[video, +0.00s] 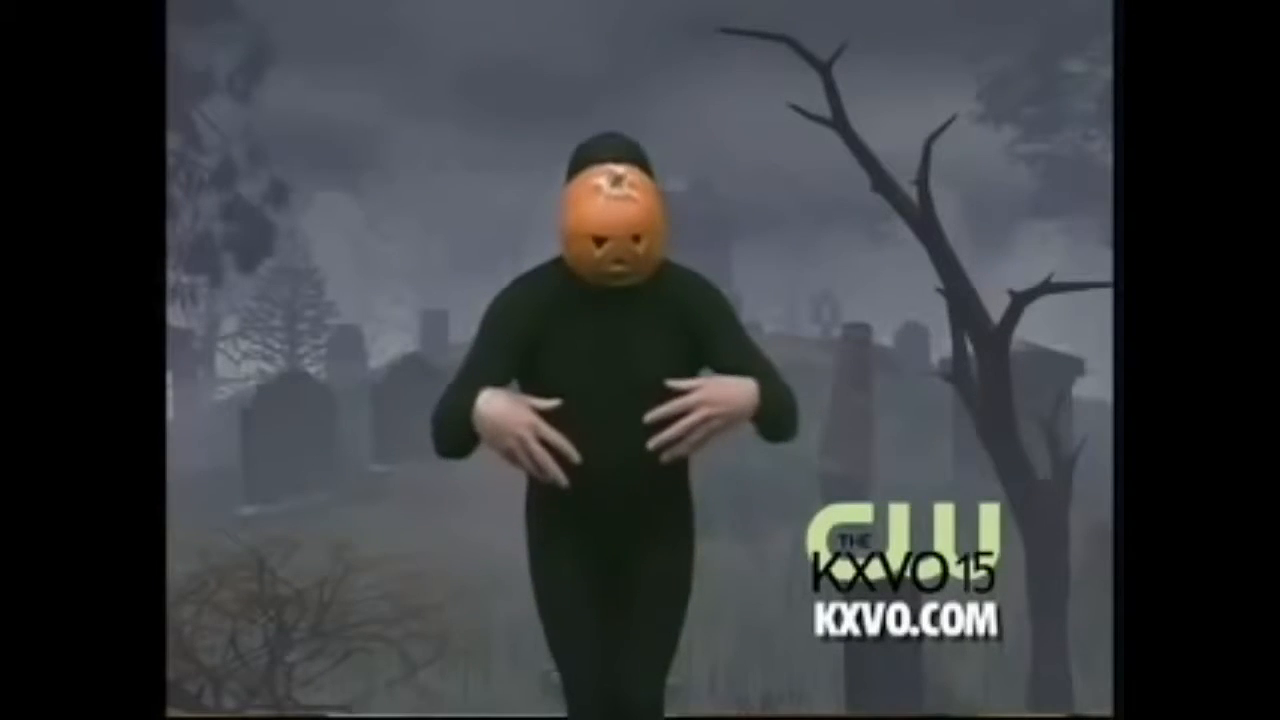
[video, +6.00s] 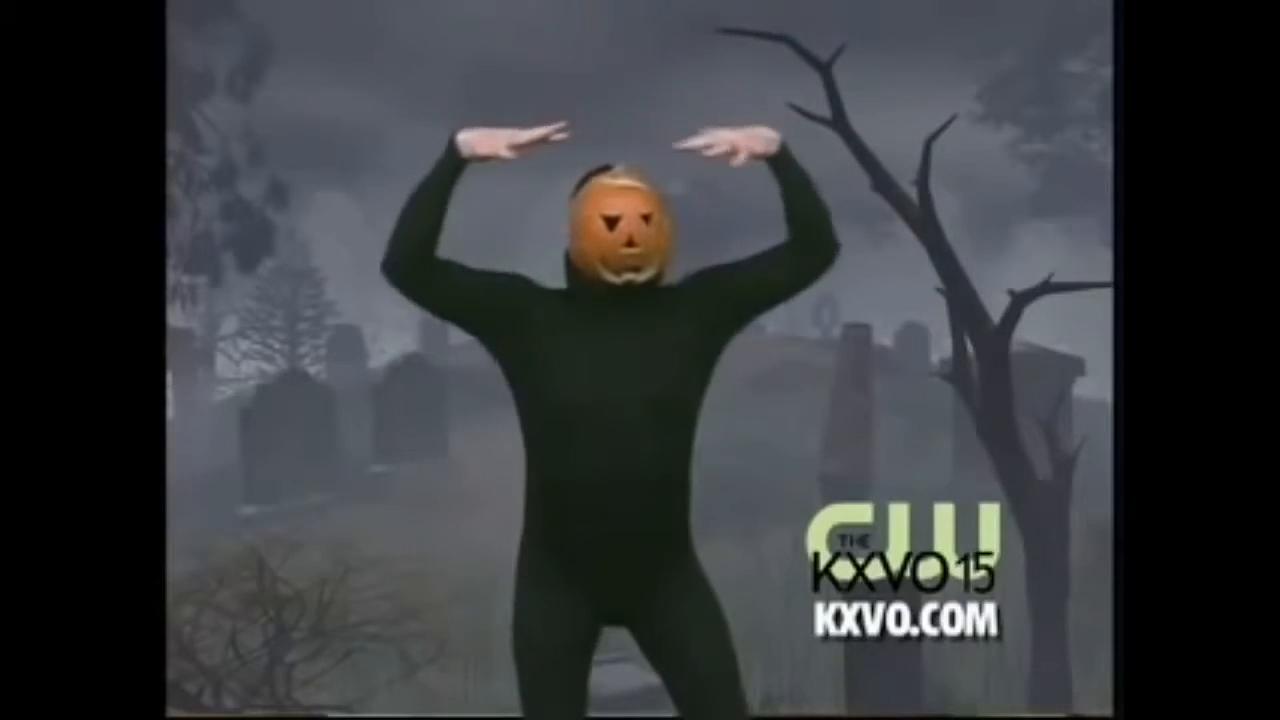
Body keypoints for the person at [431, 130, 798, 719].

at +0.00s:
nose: (614, 191)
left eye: (630, 181)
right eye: (597, 181)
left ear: (658, 203)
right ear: (567, 203)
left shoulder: (691, 299)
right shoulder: (527, 302)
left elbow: (783, 418)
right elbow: (446, 434)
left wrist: (752, 395)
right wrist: (480, 407)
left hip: (658, 528)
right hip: (564, 530)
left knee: (639, 697)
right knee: (590, 697)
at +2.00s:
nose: (616, 194)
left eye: (632, 185)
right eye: (594, 184)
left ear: (658, 210)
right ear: (559, 211)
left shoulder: (700, 295)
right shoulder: (504, 300)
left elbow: (822, 303)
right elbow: (375, 324)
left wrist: (861, 221)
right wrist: (339, 244)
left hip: (662, 552)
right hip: (554, 558)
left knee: (698, 709)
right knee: (570, 712)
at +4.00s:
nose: (614, 190)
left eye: (630, 179)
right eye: (594, 178)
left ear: (656, 199)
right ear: (561, 202)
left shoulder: (694, 270)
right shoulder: (509, 270)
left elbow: (803, 210)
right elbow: (386, 205)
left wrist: (848, 115)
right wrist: (326, 102)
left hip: (665, 557)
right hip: (553, 562)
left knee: (725, 708)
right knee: (545, 710)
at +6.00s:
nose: (629, 232)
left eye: (644, 219)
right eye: (608, 220)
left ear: (667, 238)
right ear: (573, 241)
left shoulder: (699, 310)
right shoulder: (522, 314)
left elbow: (813, 248)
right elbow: (407, 263)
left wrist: (779, 155)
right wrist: (456, 154)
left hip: (665, 573)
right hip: (557, 578)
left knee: (722, 709)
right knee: (551, 711)